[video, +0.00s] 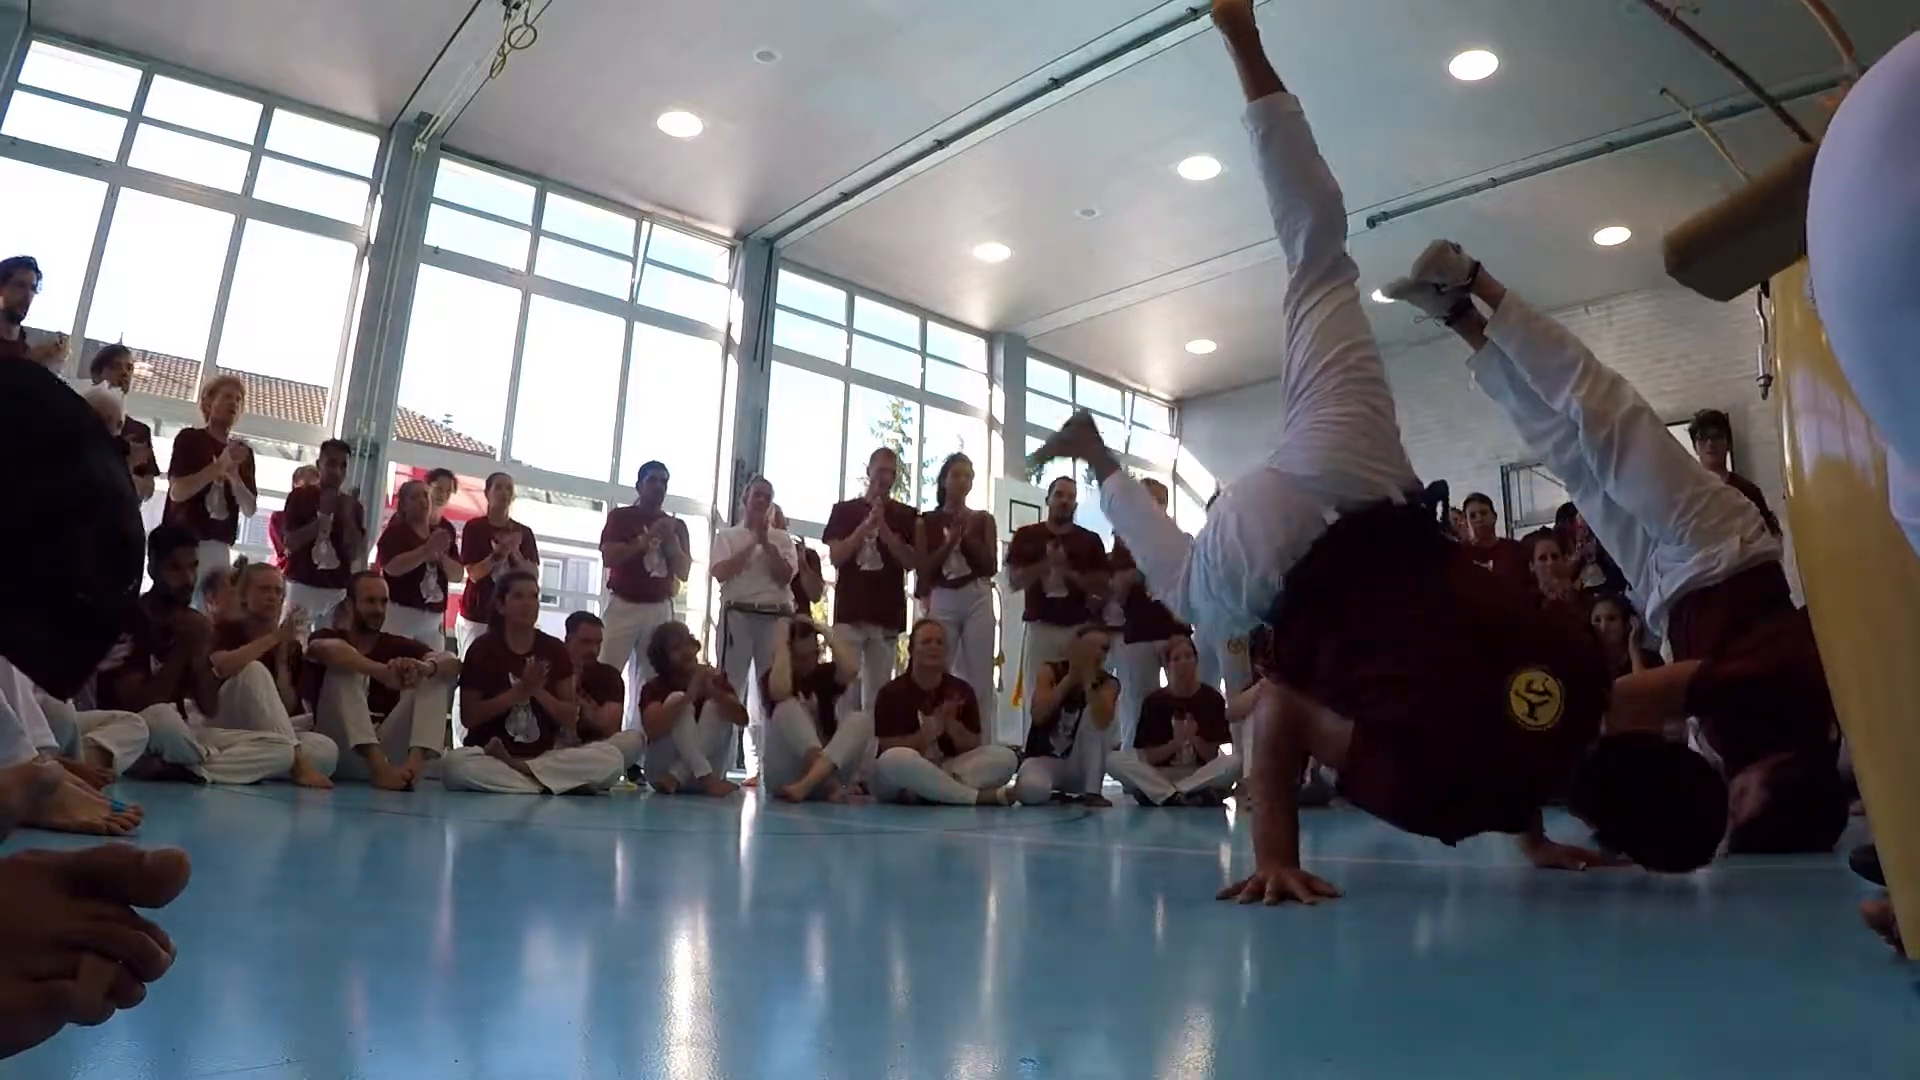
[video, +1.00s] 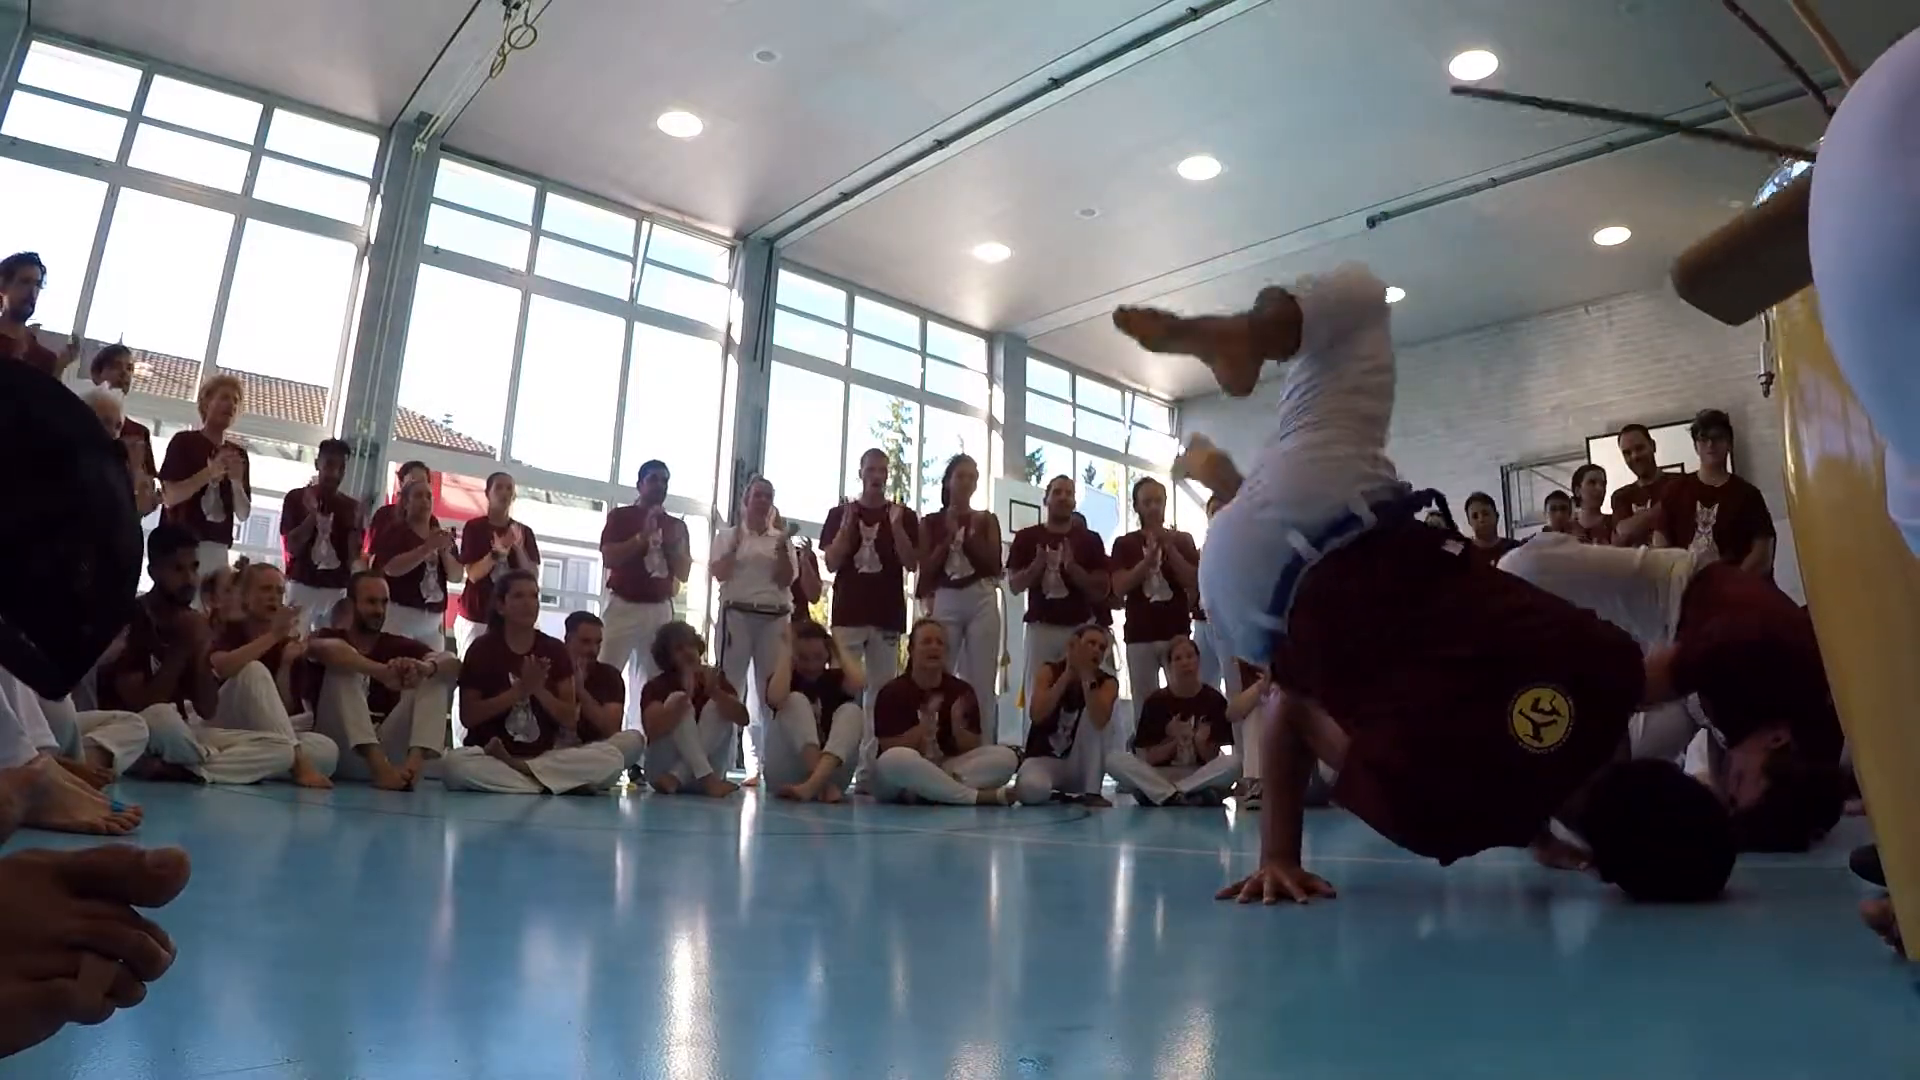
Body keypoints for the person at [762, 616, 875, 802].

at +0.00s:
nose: (810, 662)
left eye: (814, 654)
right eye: (802, 657)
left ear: (819, 651)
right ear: (789, 655)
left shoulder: (825, 675)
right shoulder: (772, 678)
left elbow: (850, 669)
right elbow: (781, 693)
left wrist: (825, 630)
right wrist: (782, 642)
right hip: (785, 778)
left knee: (860, 720)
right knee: (788, 708)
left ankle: (806, 784)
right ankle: (831, 784)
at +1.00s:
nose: (811, 665)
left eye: (818, 657)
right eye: (804, 658)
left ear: (828, 655)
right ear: (792, 656)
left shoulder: (835, 678)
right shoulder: (780, 679)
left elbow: (858, 684)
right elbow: (776, 699)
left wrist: (838, 650)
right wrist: (787, 648)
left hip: (832, 778)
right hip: (785, 776)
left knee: (851, 710)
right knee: (796, 700)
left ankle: (812, 785)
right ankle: (824, 783)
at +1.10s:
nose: (811, 664)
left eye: (818, 656)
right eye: (804, 657)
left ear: (827, 654)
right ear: (794, 656)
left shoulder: (836, 679)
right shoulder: (780, 680)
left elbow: (859, 687)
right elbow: (775, 701)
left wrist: (839, 656)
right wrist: (791, 653)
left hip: (832, 779)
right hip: (785, 777)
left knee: (851, 711)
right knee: (797, 701)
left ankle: (812, 785)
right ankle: (824, 783)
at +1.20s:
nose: (806, 657)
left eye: (812, 649)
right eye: (799, 652)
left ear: (821, 648)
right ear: (790, 653)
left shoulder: (836, 679)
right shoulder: (781, 679)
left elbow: (860, 695)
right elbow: (773, 703)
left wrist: (838, 659)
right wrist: (807, 668)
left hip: (831, 778)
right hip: (785, 776)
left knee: (847, 711)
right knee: (796, 700)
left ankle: (812, 785)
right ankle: (824, 783)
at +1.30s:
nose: (810, 655)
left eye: (814, 647)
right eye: (801, 653)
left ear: (823, 645)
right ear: (791, 658)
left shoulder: (839, 679)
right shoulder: (785, 678)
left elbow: (860, 696)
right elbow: (775, 701)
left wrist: (844, 664)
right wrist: (817, 683)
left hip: (832, 778)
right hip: (785, 776)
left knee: (846, 709)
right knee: (795, 702)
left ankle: (812, 785)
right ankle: (825, 783)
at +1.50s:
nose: (810, 651)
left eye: (813, 642)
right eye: (800, 649)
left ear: (821, 644)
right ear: (790, 656)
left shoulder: (837, 678)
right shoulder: (784, 677)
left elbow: (861, 699)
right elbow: (777, 701)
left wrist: (840, 658)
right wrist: (833, 697)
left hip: (832, 779)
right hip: (786, 777)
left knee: (845, 709)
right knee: (795, 704)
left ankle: (812, 785)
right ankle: (824, 784)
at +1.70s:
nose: (812, 648)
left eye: (816, 640)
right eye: (803, 644)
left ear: (825, 644)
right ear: (792, 653)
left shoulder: (845, 684)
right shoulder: (781, 685)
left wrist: (814, 782)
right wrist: (824, 785)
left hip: (833, 779)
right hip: (785, 778)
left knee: (847, 720)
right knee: (794, 723)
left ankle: (812, 785)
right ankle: (825, 786)